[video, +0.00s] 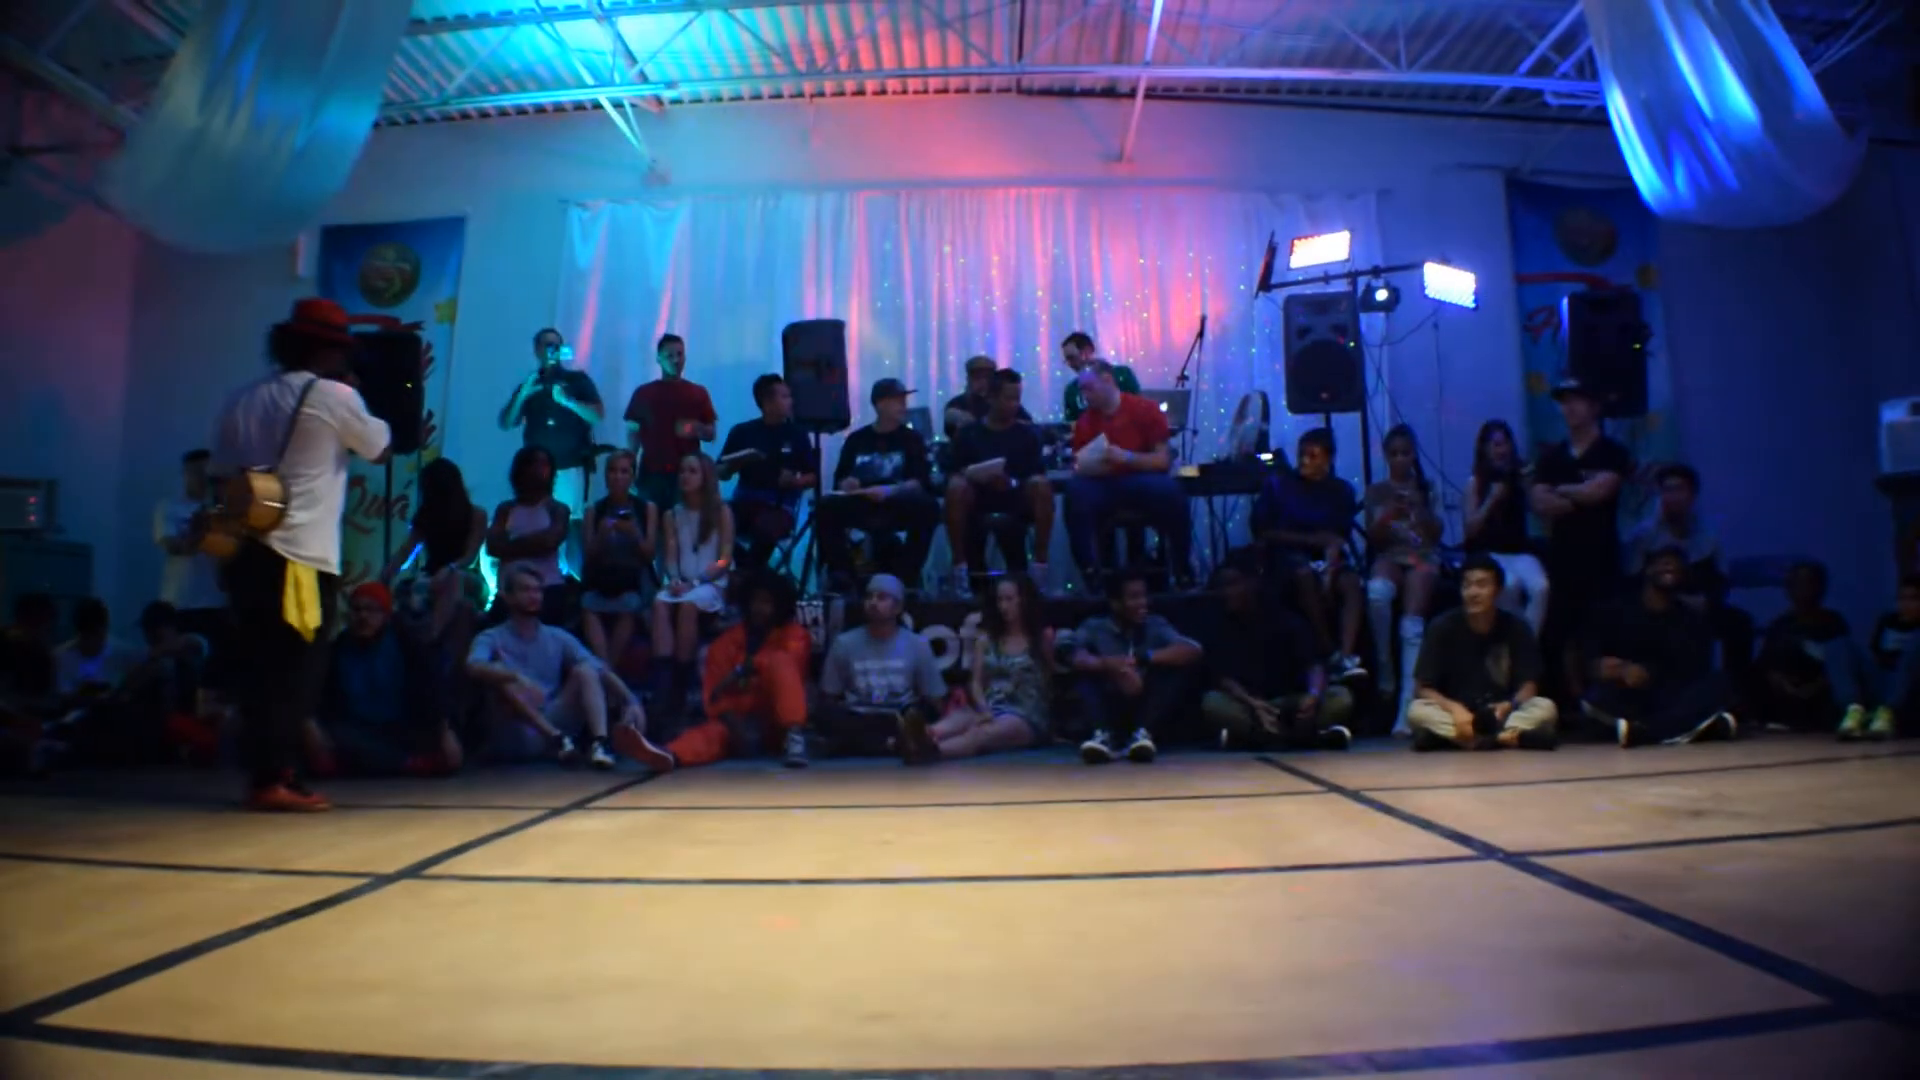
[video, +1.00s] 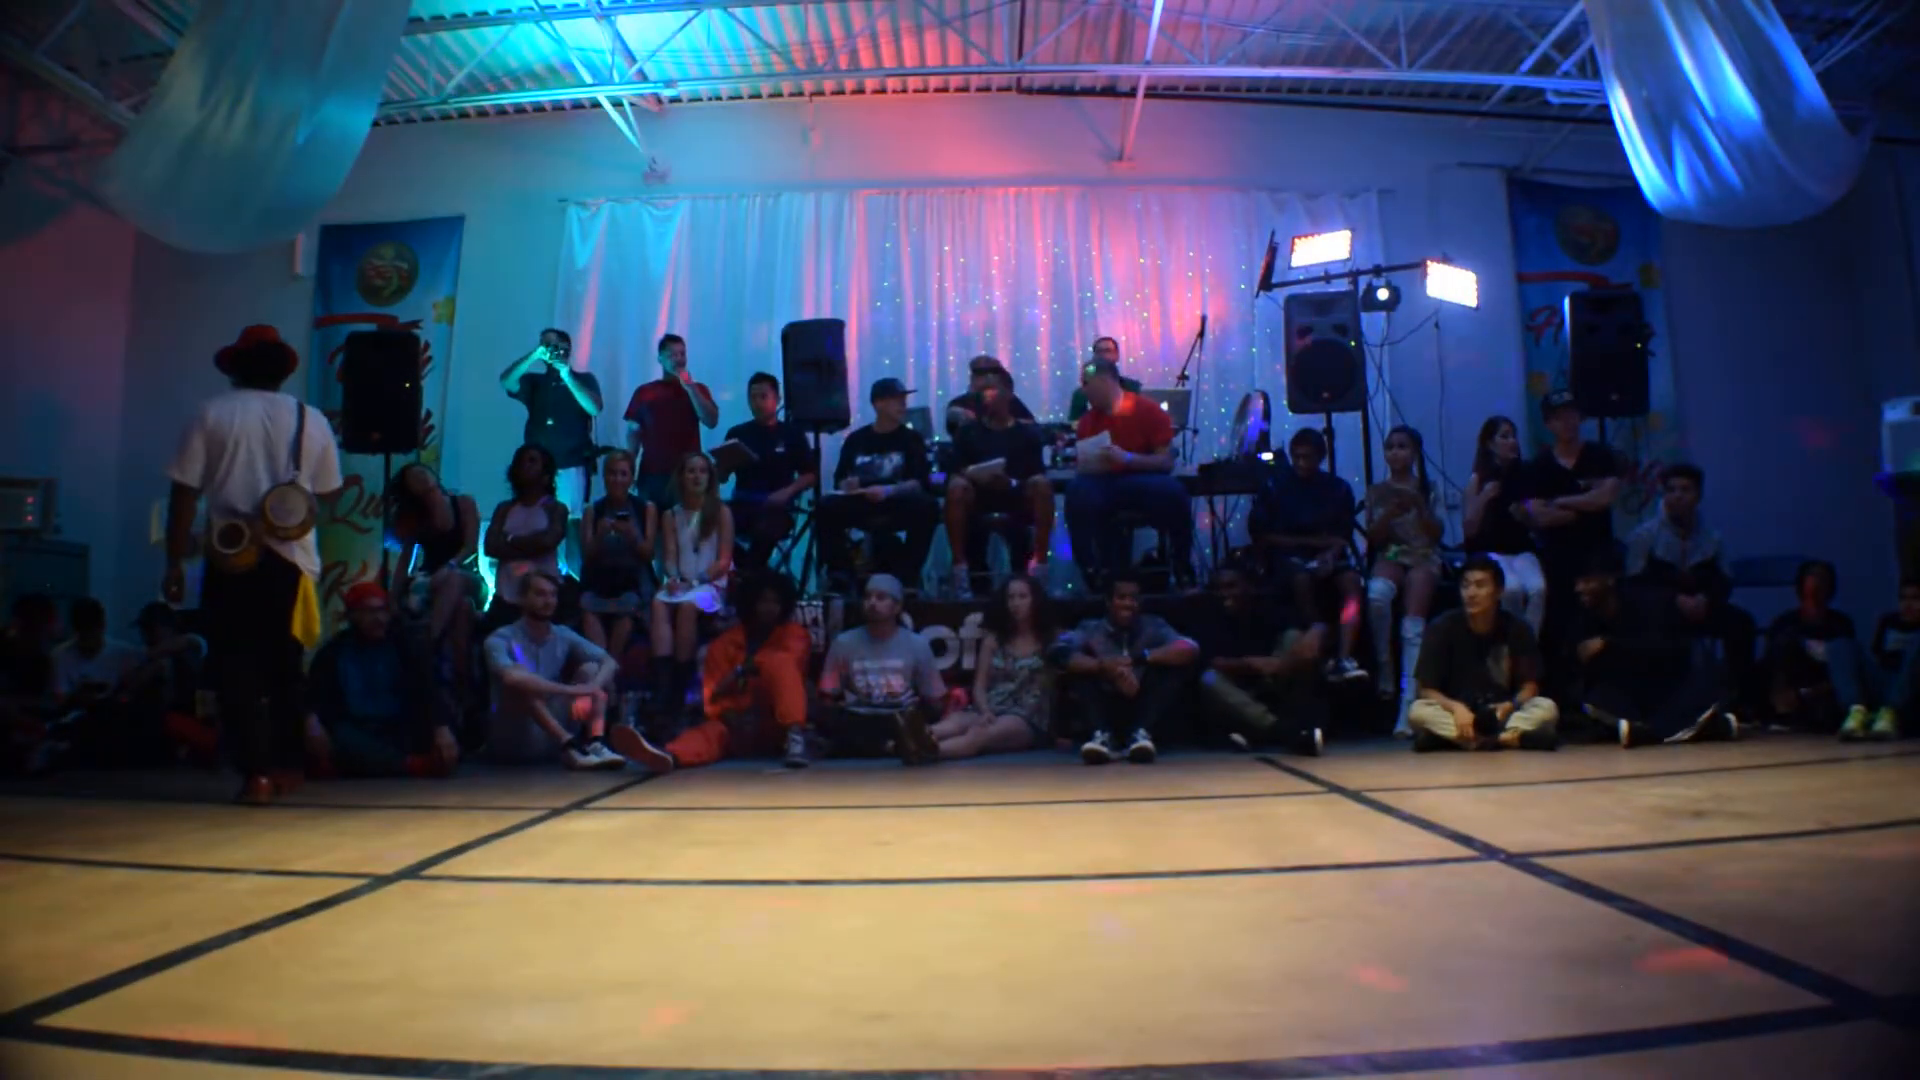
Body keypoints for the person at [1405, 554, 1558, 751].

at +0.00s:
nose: (1473, 592)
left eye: (1482, 585)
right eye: (1467, 585)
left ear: (1497, 590)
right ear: (1461, 590)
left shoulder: (1516, 627)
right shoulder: (1442, 628)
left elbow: (1529, 685)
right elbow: (1423, 688)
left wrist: (1509, 706)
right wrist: (1456, 710)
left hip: (1501, 705)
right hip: (1457, 706)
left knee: (1545, 707)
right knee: (1417, 711)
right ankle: (1506, 739)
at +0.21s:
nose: (1471, 593)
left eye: (1480, 585)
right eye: (1466, 586)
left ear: (1497, 590)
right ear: (1460, 590)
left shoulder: (1517, 628)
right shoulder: (1442, 628)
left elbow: (1530, 686)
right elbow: (1424, 689)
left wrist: (1510, 706)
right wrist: (1457, 708)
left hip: (1502, 706)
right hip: (1458, 707)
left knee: (1546, 707)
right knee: (1418, 710)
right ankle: (1507, 740)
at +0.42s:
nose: (1469, 593)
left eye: (1478, 586)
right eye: (1464, 586)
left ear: (1497, 591)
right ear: (1459, 591)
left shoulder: (1516, 628)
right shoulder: (1441, 629)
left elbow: (1530, 685)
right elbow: (1425, 689)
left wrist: (1510, 705)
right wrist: (1457, 708)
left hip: (1502, 705)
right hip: (1458, 705)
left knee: (1546, 707)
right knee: (1418, 711)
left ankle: (1462, 742)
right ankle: (1507, 740)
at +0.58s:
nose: (1469, 594)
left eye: (1478, 586)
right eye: (1464, 586)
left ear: (1497, 591)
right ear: (1458, 591)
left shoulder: (1516, 628)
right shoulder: (1442, 628)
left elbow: (1530, 685)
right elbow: (1425, 690)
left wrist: (1510, 706)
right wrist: (1457, 708)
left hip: (1502, 705)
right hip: (1458, 706)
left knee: (1546, 708)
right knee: (1418, 711)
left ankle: (1467, 742)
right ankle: (1506, 740)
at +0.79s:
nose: (1470, 593)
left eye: (1479, 585)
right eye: (1465, 586)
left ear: (1498, 591)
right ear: (1459, 591)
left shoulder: (1516, 628)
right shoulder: (1443, 629)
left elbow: (1530, 685)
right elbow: (1425, 689)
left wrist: (1510, 706)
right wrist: (1457, 708)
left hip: (1502, 705)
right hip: (1458, 705)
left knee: (1546, 708)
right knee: (1418, 711)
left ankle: (1467, 742)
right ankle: (1505, 740)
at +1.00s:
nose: (1471, 593)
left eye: (1480, 585)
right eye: (1466, 586)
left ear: (1498, 591)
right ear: (1460, 591)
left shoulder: (1516, 628)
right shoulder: (1443, 629)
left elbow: (1530, 685)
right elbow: (1425, 689)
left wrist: (1510, 706)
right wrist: (1457, 708)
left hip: (1502, 704)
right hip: (1457, 704)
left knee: (1546, 708)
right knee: (1418, 711)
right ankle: (1505, 740)